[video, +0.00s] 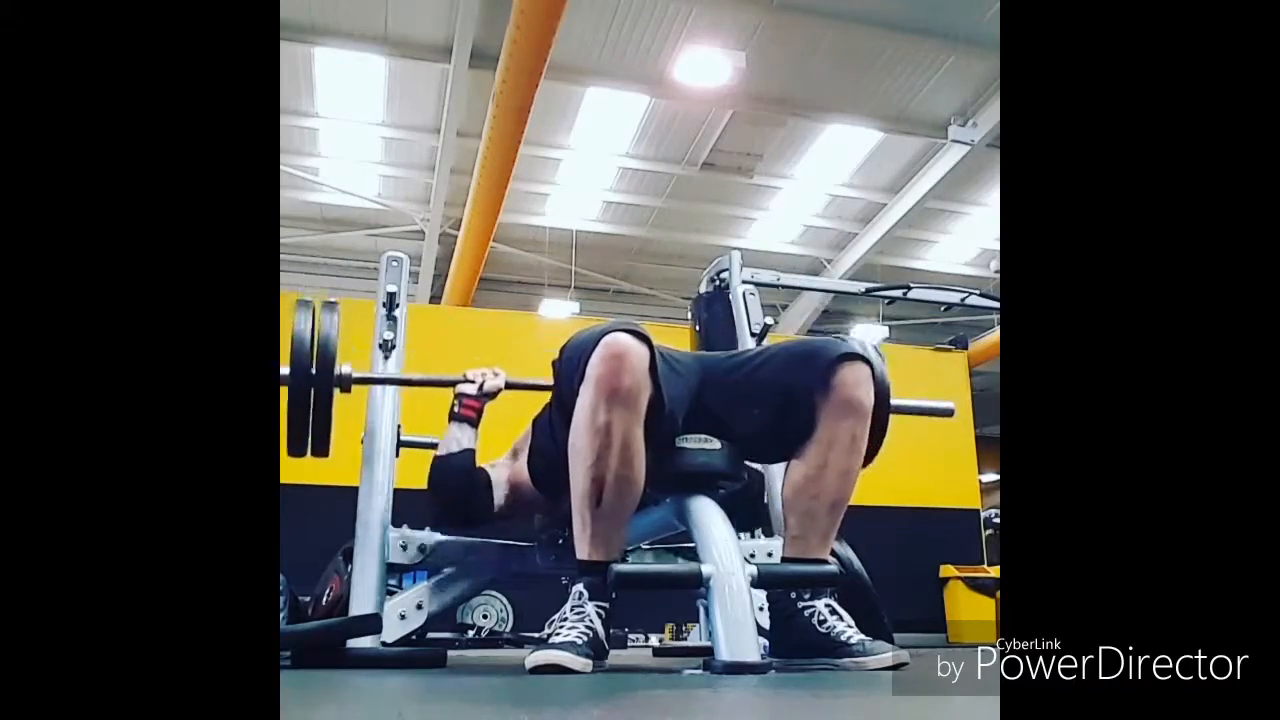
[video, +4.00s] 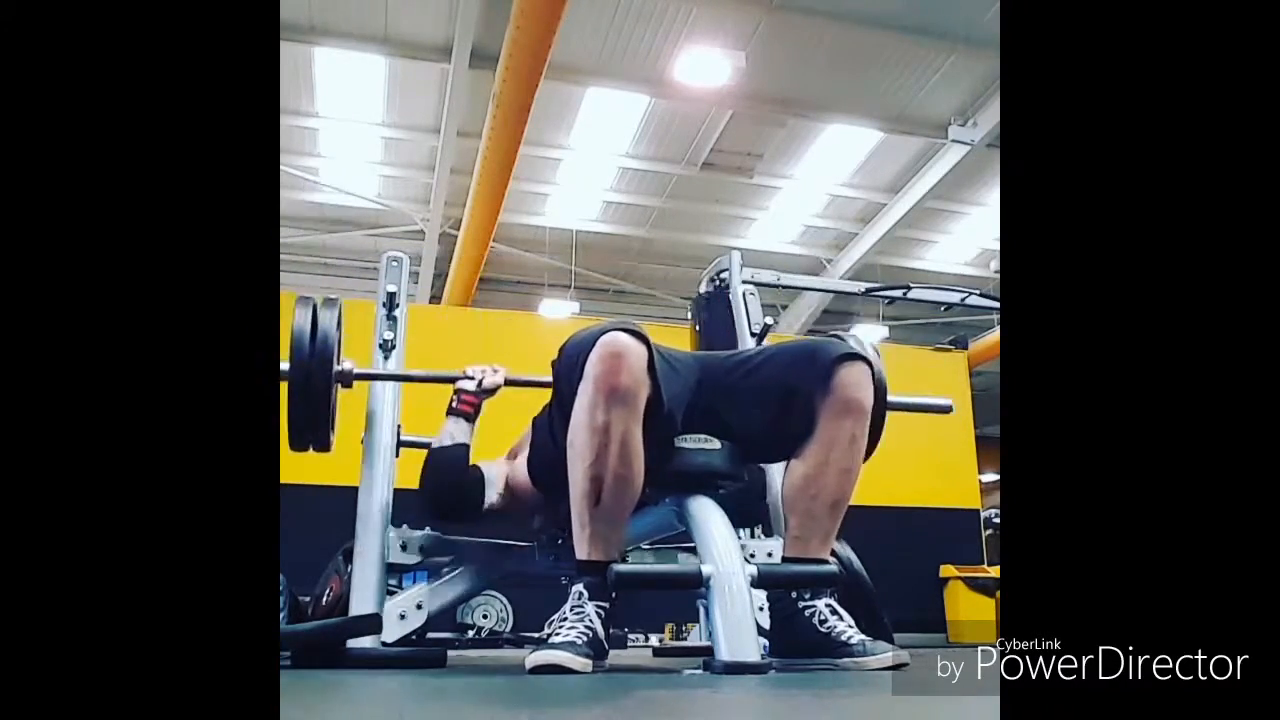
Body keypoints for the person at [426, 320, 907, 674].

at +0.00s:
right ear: (496, 498)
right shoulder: (524, 480)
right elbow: (452, 501)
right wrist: (468, 406)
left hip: (707, 376)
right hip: (630, 358)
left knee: (850, 375)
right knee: (618, 357)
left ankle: (800, 607)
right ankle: (587, 606)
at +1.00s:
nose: (491, 464)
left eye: (494, 464)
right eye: (490, 471)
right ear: (499, 475)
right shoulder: (517, 467)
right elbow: (440, 433)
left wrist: (717, 356)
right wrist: (465, 340)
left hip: (708, 389)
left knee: (846, 377)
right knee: (619, 355)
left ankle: (799, 609)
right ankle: (587, 606)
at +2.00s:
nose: (502, 427)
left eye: (502, 430)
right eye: (496, 433)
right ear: (515, 471)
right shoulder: (527, 466)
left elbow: (720, 367)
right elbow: (478, 378)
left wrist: (712, 293)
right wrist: (467, 276)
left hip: (696, 381)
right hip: (622, 363)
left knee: (843, 373)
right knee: (619, 351)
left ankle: (798, 607)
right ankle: (586, 606)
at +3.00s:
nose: (503, 485)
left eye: (502, 483)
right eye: (498, 484)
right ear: (501, 475)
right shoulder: (512, 462)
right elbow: (443, 425)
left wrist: (729, 352)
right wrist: (465, 338)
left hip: (704, 386)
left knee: (851, 378)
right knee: (630, 357)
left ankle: (798, 608)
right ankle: (587, 607)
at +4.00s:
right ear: (494, 509)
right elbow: (445, 491)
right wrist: (464, 405)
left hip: (708, 375)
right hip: (633, 359)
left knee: (850, 376)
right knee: (615, 356)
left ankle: (801, 604)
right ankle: (587, 605)